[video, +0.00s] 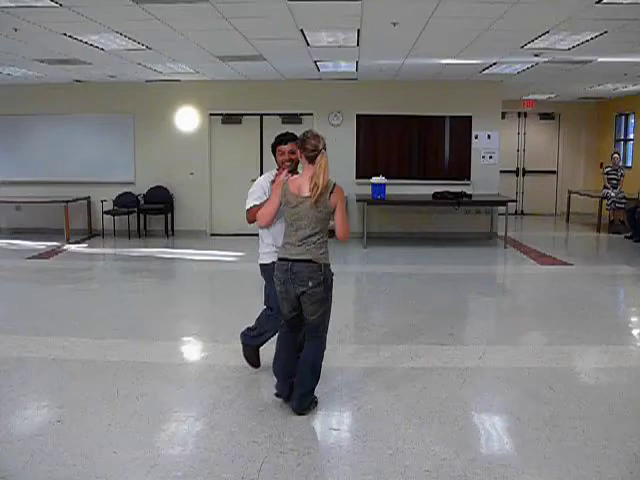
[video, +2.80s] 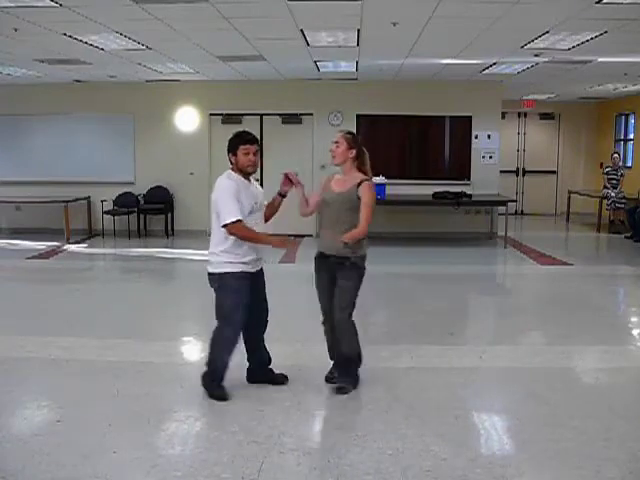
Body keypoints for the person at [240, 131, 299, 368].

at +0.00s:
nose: (287, 158)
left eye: (292, 153)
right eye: (282, 153)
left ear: (300, 154)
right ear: (275, 156)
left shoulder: (305, 181)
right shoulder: (265, 182)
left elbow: (317, 212)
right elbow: (251, 216)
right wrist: (277, 192)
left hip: (300, 255)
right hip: (272, 256)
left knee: (299, 314)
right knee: (279, 311)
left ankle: (291, 363)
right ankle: (251, 338)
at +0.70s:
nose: (263, 161)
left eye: (266, 156)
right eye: (257, 156)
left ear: (270, 156)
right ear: (245, 158)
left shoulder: (275, 184)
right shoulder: (234, 184)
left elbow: (290, 215)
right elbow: (222, 221)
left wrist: (301, 198)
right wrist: (253, 213)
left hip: (271, 262)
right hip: (241, 263)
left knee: (283, 315)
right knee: (239, 319)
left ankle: (291, 361)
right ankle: (229, 370)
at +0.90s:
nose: (248, 162)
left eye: (250, 156)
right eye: (241, 157)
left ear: (254, 156)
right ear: (229, 159)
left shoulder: (262, 184)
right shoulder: (218, 183)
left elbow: (276, 216)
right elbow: (198, 210)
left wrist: (294, 218)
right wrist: (220, 192)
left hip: (256, 262)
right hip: (225, 263)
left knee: (268, 315)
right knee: (228, 321)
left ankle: (280, 359)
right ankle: (228, 371)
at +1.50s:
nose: (248, 160)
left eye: (250, 155)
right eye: (242, 156)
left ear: (252, 157)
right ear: (226, 158)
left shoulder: (257, 187)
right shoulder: (212, 187)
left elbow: (275, 216)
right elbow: (197, 225)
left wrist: (306, 220)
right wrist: (225, 231)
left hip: (250, 266)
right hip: (221, 268)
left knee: (256, 314)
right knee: (225, 321)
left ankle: (244, 358)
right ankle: (223, 375)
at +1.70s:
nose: (256, 161)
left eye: (257, 156)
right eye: (251, 156)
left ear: (257, 157)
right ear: (234, 158)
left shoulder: (254, 185)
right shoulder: (223, 186)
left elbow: (258, 215)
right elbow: (220, 227)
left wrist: (286, 214)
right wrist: (260, 228)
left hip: (254, 267)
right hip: (229, 269)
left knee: (264, 316)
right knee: (231, 325)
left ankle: (255, 365)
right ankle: (224, 376)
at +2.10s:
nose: (270, 160)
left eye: (272, 155)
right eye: (263, 155)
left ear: (273, 157)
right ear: (248, 158)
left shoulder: (259, 185)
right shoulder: (242, 184)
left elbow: (262, 220)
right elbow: (259, 222)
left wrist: (285, 222)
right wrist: (294, 211)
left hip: (261, 264)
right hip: (247, 266)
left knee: (264, 318)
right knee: (264, 318)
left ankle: (260, 369)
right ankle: (232, 365)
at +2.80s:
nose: (253, 158)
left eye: (256, 154)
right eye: (247, 154)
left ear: (258, 156)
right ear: (232, 157)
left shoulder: (252, 185)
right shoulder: (226, 184)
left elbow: (264, 216)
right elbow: (233, 227)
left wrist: (281, 193)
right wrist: (274, 241)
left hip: (251, 266)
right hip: (228, 268)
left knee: (256, 320)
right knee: (230, 324)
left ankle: (259, 370)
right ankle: (213, 379)